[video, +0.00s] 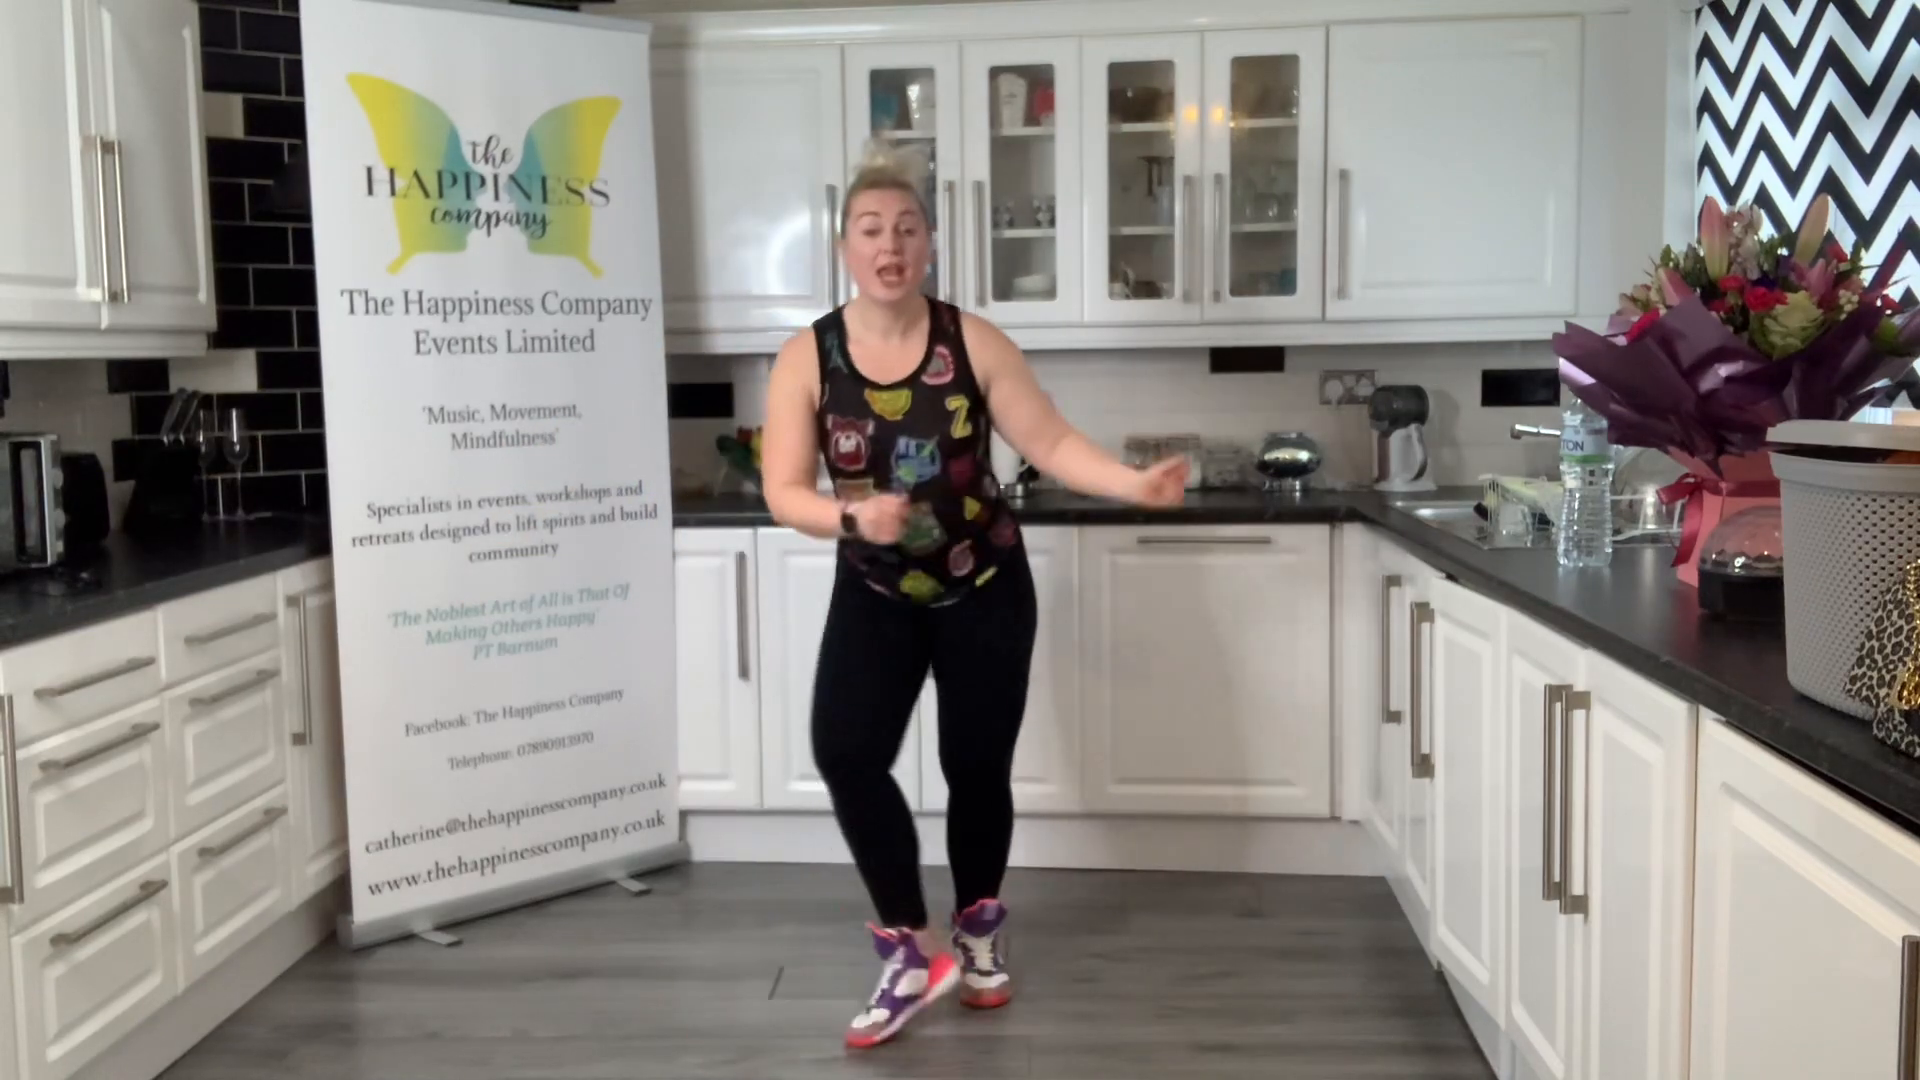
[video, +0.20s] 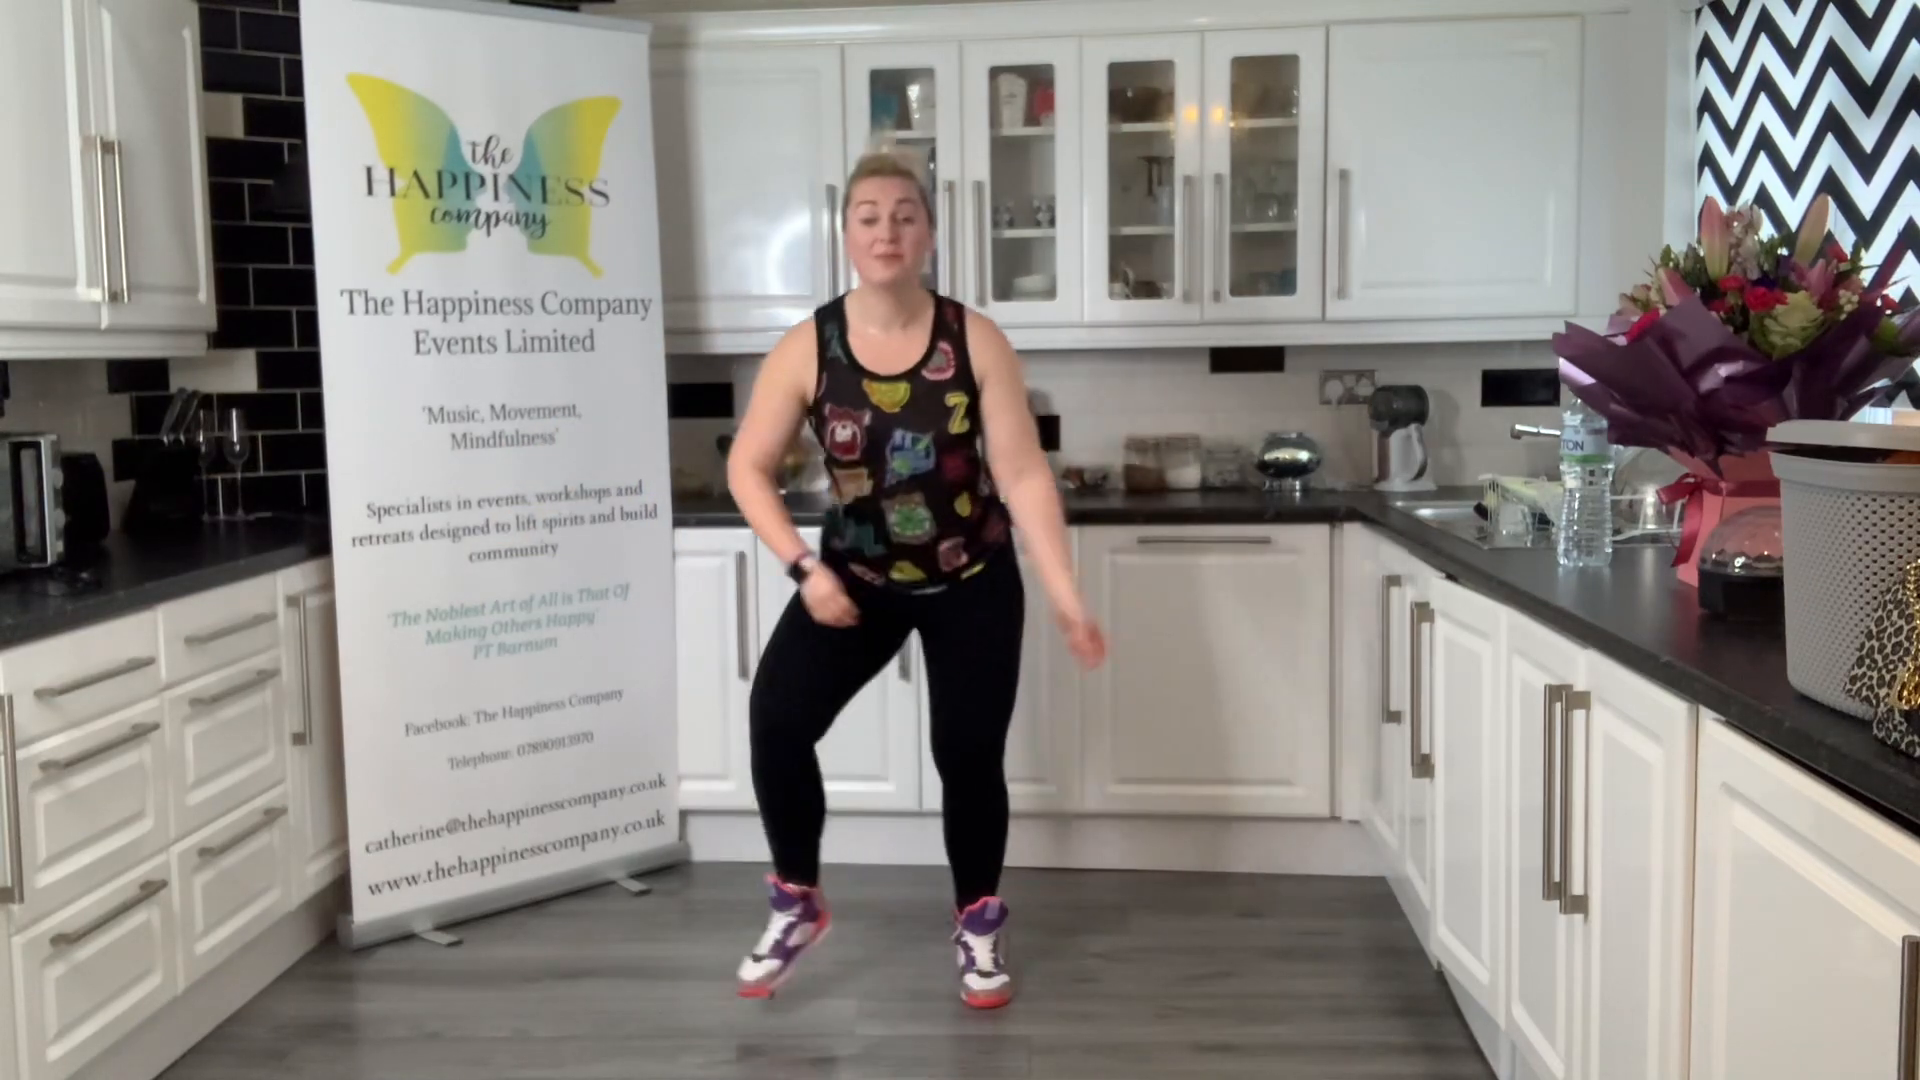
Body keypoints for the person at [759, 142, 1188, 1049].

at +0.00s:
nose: (890, 245)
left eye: (905, 227)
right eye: (870, 229)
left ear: (929, 243)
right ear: (844, 249)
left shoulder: (973, 342)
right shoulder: (807, 358)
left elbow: (1052, 442)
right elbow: (783, 493)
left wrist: (1133, 483)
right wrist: (850, 515)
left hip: (982, 586)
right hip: (876, 590)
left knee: (977, 765)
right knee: (847, 754)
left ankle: (979, 930)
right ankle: (906, 946)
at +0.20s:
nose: (886, 231)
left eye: (904, 217)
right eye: (869, 218)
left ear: (930, 233)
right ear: (844, 236)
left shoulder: (977, 341)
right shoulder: (808, 348)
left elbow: (1024, 473)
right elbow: (745, 470)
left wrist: (1064, 592)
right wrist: (804, 565)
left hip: (972, 579)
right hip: (857, 578)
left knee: (969, 756)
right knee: (776, 717)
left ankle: (978, 927)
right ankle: (797, 904)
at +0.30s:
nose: (882, 222)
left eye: (899, 204)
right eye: (864, 208)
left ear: (927, 220)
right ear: (840, 226)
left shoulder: (971, 337)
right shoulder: (801, 332)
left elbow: (983, 477)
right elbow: (717, 435)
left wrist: (978, 605)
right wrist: (725, 557)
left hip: (940, 577)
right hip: (827, 573)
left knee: (956, 764)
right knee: (787, 756)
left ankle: (977, 929)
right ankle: (756, 924)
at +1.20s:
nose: (819, 258)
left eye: (837, 240)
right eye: (801, 240)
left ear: (864, 248)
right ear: (778, 247)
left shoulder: (901, 333)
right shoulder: (754, 334)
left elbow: (980, 412)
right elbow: (643, 404)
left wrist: (906, 309)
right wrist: (714, 339)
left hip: (898, 586)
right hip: (789, 585)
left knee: (902, 764)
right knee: (770, 763)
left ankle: (924, 933)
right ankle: (762, 934)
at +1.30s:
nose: (833, 265)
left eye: (849, 247)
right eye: (814, 247)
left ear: (874, 252)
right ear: (790, 255)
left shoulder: (922, 339)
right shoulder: (772, 342)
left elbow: (982, 444)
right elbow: (647, 399)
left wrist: (906, 337)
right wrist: (684, 346)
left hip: (929, 576)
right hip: (826, 571)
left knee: (921, 763)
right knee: (744, 722)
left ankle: (927, 937)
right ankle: (766, 926)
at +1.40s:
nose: (850, 270)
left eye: (867, 251)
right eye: (831, 251)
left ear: (892, 255)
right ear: (808, 258)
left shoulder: (938, 355)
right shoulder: (786, 348)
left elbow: (963, 481)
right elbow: (676, 382)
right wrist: (636, 357)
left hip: (953, 587)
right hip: (849, 585)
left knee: (937, 775)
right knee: (768, 733)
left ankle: (928, 938)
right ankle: (733, 945)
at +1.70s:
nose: (873, 268)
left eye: (889, 250)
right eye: (854, 250)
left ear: (912, 253)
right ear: (828, 256)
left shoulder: (948, 353)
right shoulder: (793, 358)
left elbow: (970, 480)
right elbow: (747, 419)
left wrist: (934, 514)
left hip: (963, 597)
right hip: (864, 600)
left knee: (925, 774)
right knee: (799, 768)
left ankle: (927, 939)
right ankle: (734, 960)